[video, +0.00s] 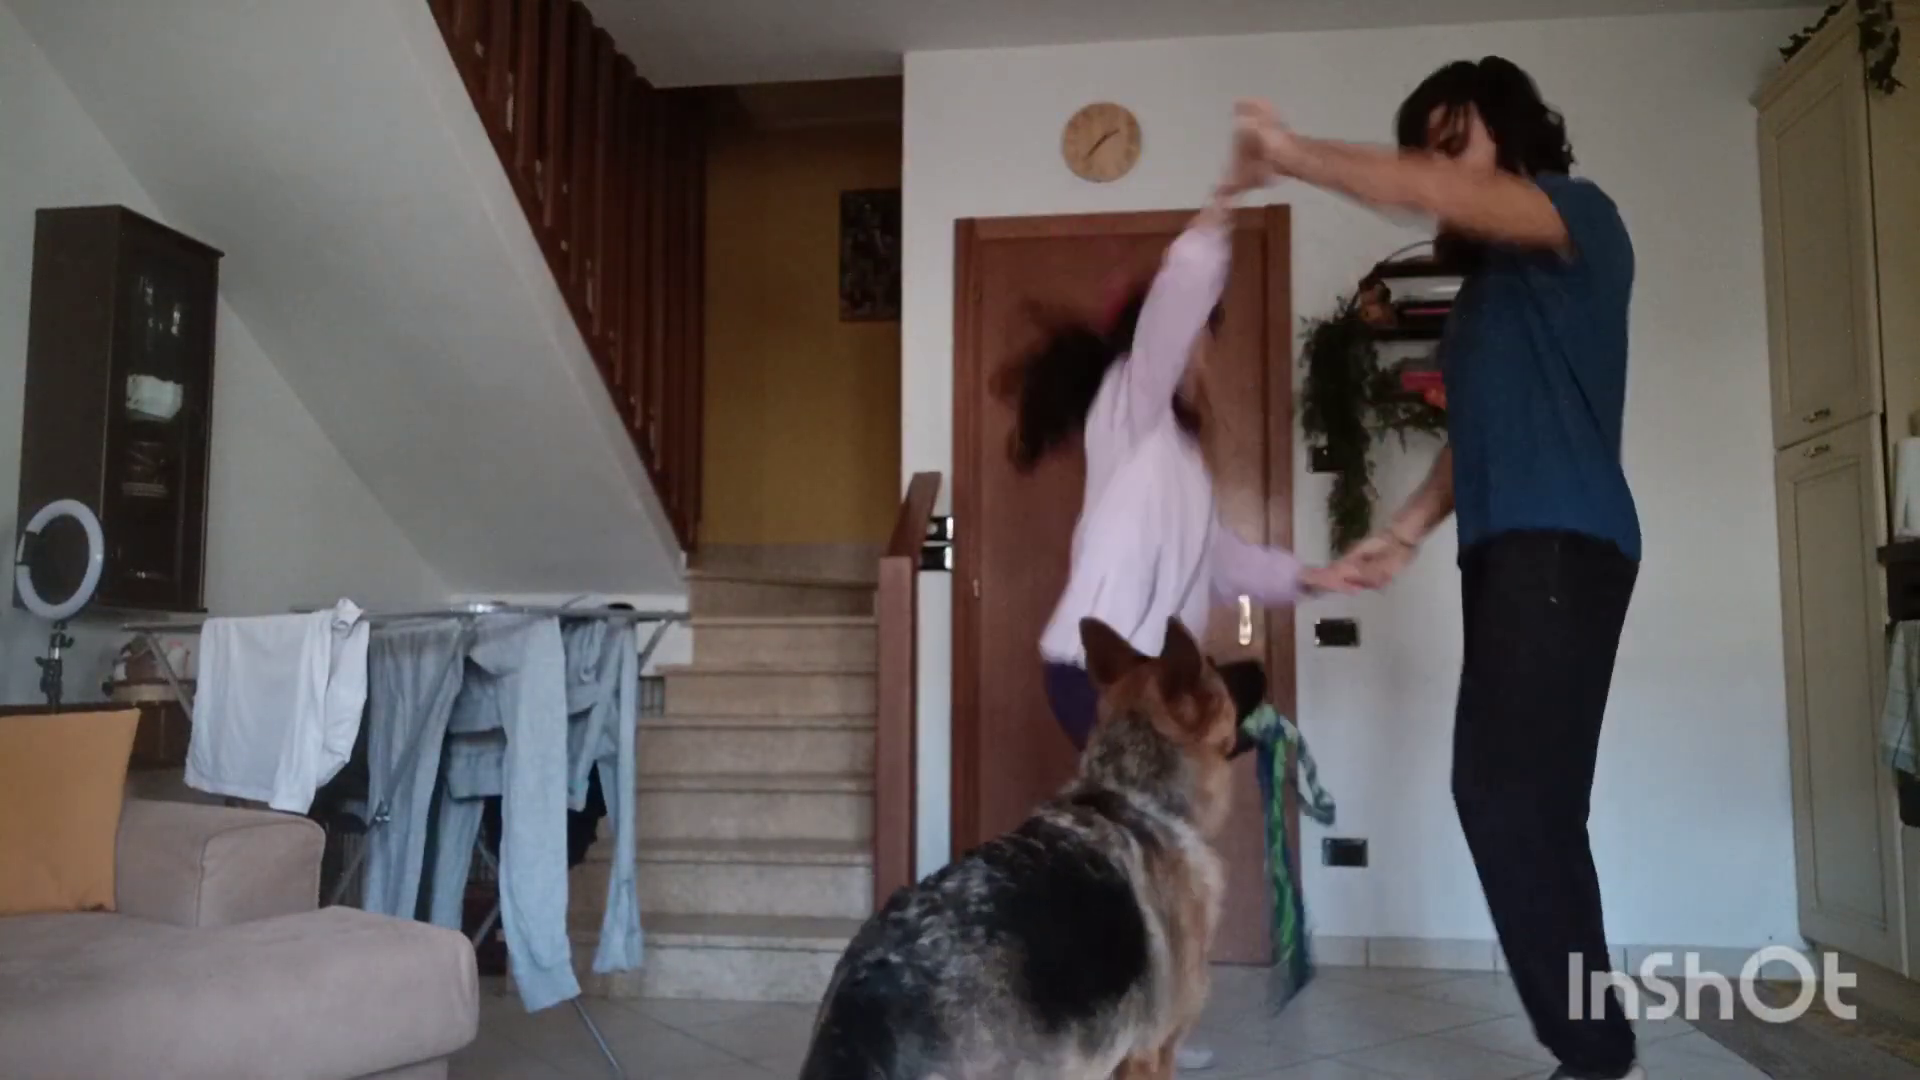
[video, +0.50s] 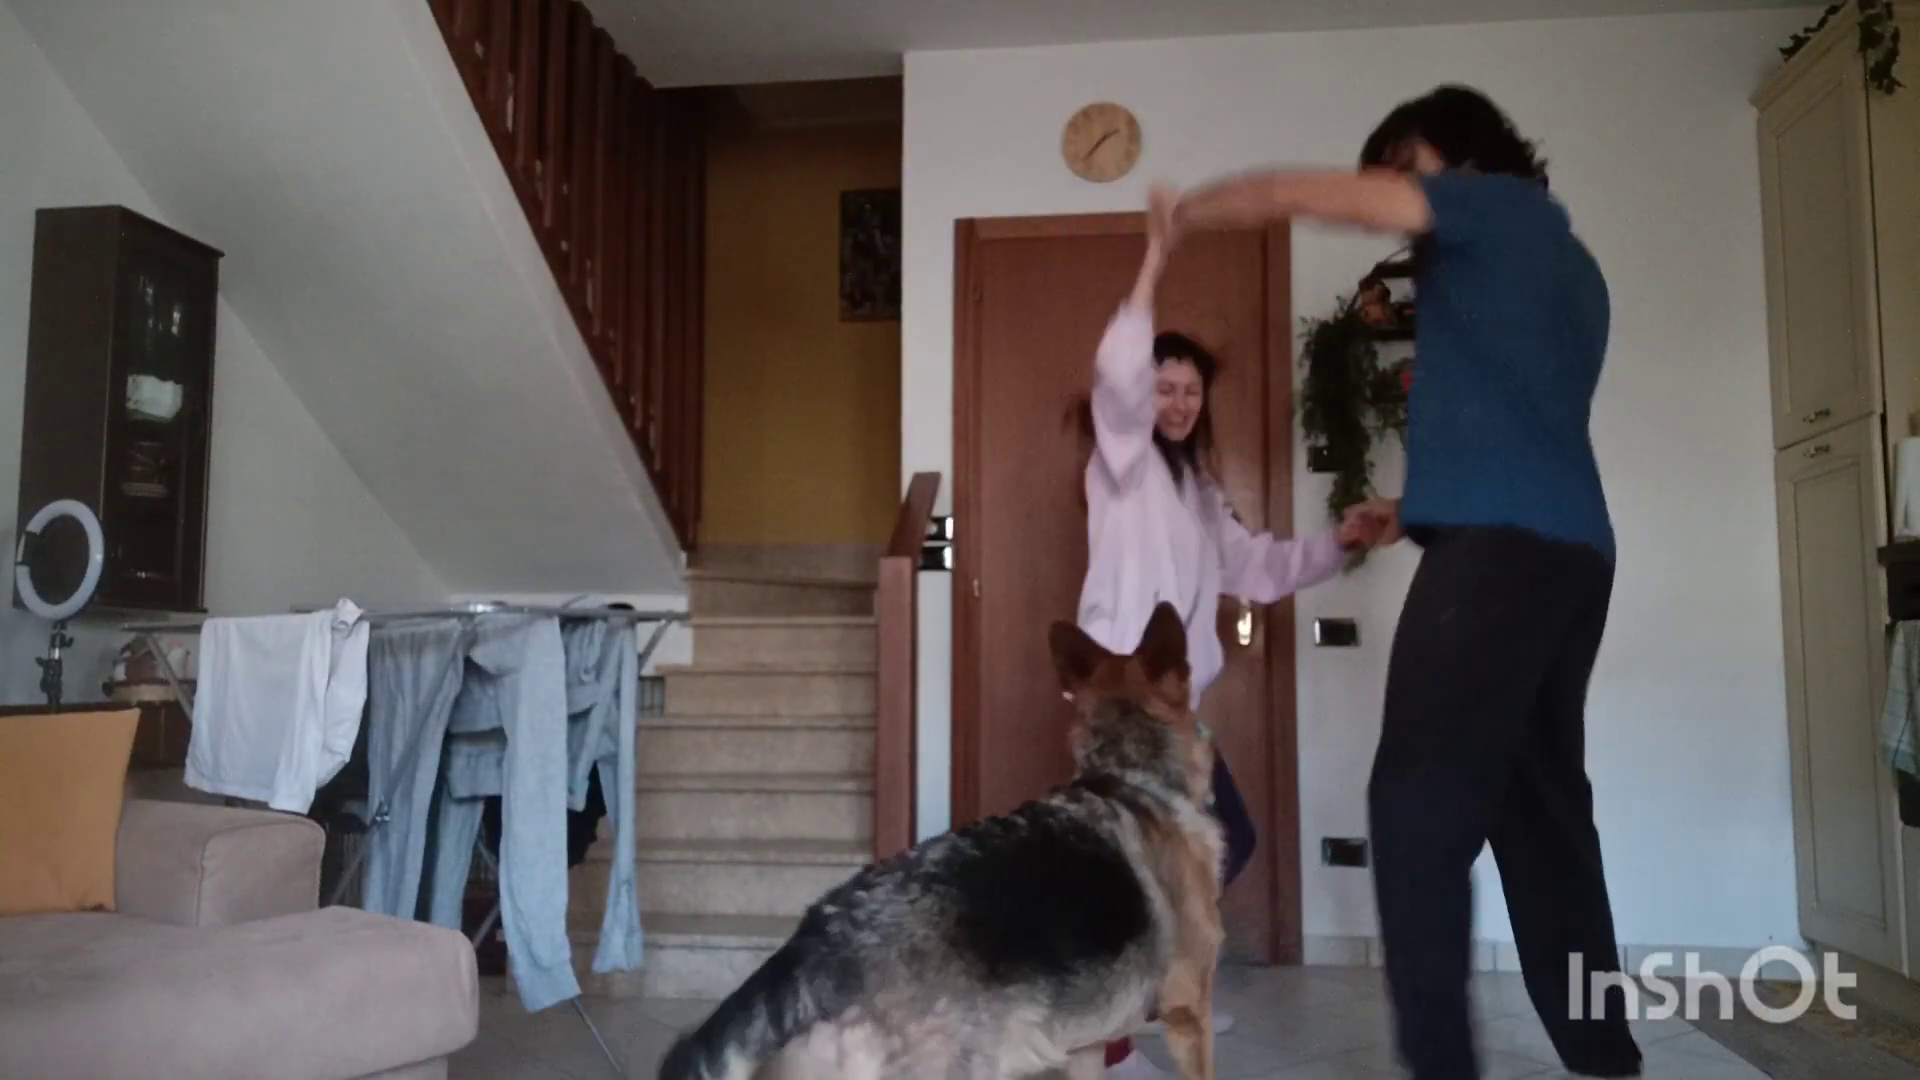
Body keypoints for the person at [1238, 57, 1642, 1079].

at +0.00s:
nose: (1445, 170)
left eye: (1453, 142)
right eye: (1430, 157)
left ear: (1508, 122)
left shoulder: (1582, 215)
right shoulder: (1508, 269)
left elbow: (1437, 193)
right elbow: (1480, 429)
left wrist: (1290, 154)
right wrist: (1402, 531)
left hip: (1560, 544)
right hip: (1512, 551)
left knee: (1500, 787)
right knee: (1529, 796)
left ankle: (1593, 1051)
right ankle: (1590, 1048)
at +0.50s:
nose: (1397, 204)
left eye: (1399, 184)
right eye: (1391, 190)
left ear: (1435, 152)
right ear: (1493, 152)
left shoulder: (1486, 206)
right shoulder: (1575, 266)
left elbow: (1294, 194)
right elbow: (1528, 419)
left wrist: (1186, 209)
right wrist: (1408, 511)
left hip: (1493, 547)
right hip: (1569, 558)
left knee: (1416, 810)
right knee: (1539, 805)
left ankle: (1441, 1062)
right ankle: (1605, 1055)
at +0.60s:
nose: (1385, 231)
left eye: (1387, 212)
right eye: (1379, 217)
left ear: (1420, 185)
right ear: (1486, 184)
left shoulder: (1453, 241)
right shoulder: (1578, 292)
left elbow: (1274, 258)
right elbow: (1523, 438)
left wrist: (1165, 266)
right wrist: (1399, 490)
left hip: (1470, 595)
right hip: (1567, 610)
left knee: (1400, 856)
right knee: (1542, 854)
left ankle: (1419, 1067)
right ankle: (1601, 1068)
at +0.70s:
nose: (1376, 235)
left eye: (1375, 220)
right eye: (1370, 224)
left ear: (1398, 191)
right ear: (1478, 185)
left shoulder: (1425, 244)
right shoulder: (1569, 282)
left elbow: (1245, 303)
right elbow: (1538, 419)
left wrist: (1151, 340)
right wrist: (1388, 443)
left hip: (1444, 586)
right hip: (1552, 601)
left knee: (1370, 841)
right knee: (1541, 851)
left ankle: (1409, 1067)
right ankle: (1596, 1067)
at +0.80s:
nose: (1355, 218)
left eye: (1356, 202)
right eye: (1349, 204)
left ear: (1384, 174)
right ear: (1470, 172)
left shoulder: (1386, 217)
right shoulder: (1559, 258)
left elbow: (1217, 328)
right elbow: (1508, 401)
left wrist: (1123, 403)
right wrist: (1354, 425)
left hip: (1404, 566)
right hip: (1530, 583)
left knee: (1362, 838)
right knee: (1537, 826)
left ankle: (1392, 1067)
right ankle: (1585, 1062)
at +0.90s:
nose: (1329, 224)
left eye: (1330, 210)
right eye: (1328, 213)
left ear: (1354, 193)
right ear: (1455, 187)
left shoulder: (1345, 245)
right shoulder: (1536, 263)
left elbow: (1201, 388)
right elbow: (1538, 361)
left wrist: (1116, 485)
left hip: (1374, 601)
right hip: (1508, 610)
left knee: (1355, 873)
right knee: (1521, 846)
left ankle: (1368, 1070)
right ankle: (1578, 1070)